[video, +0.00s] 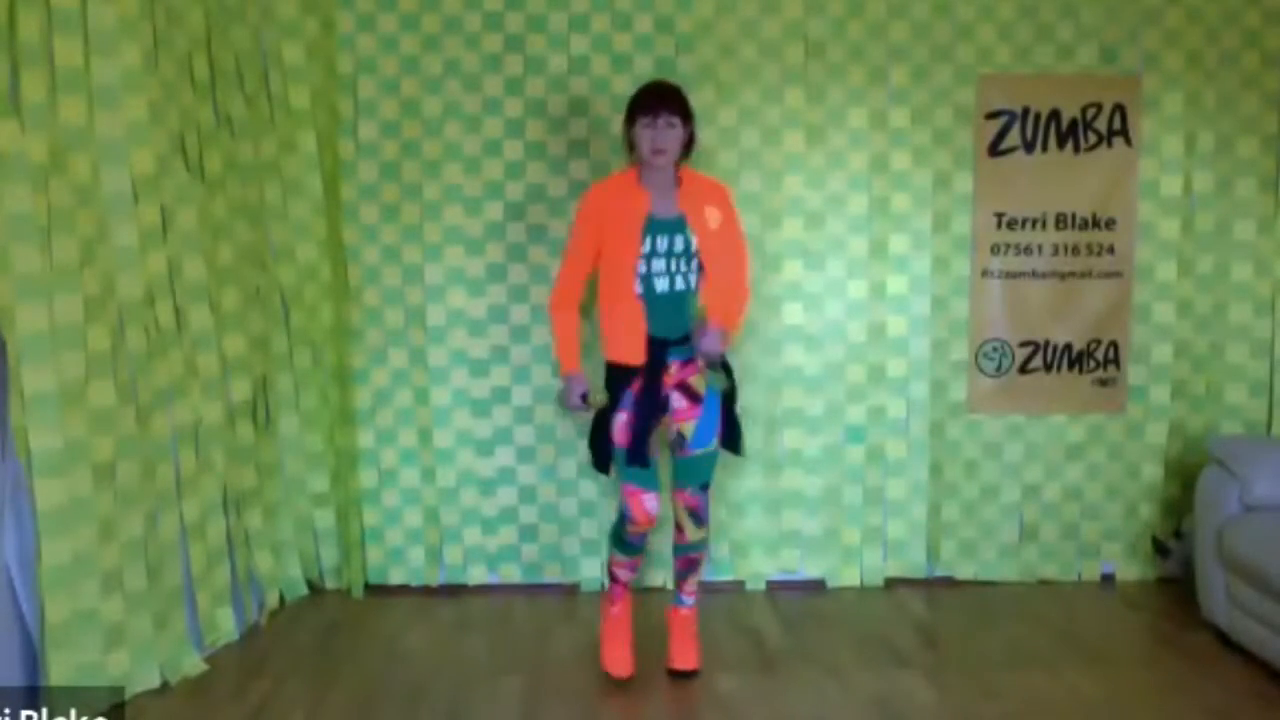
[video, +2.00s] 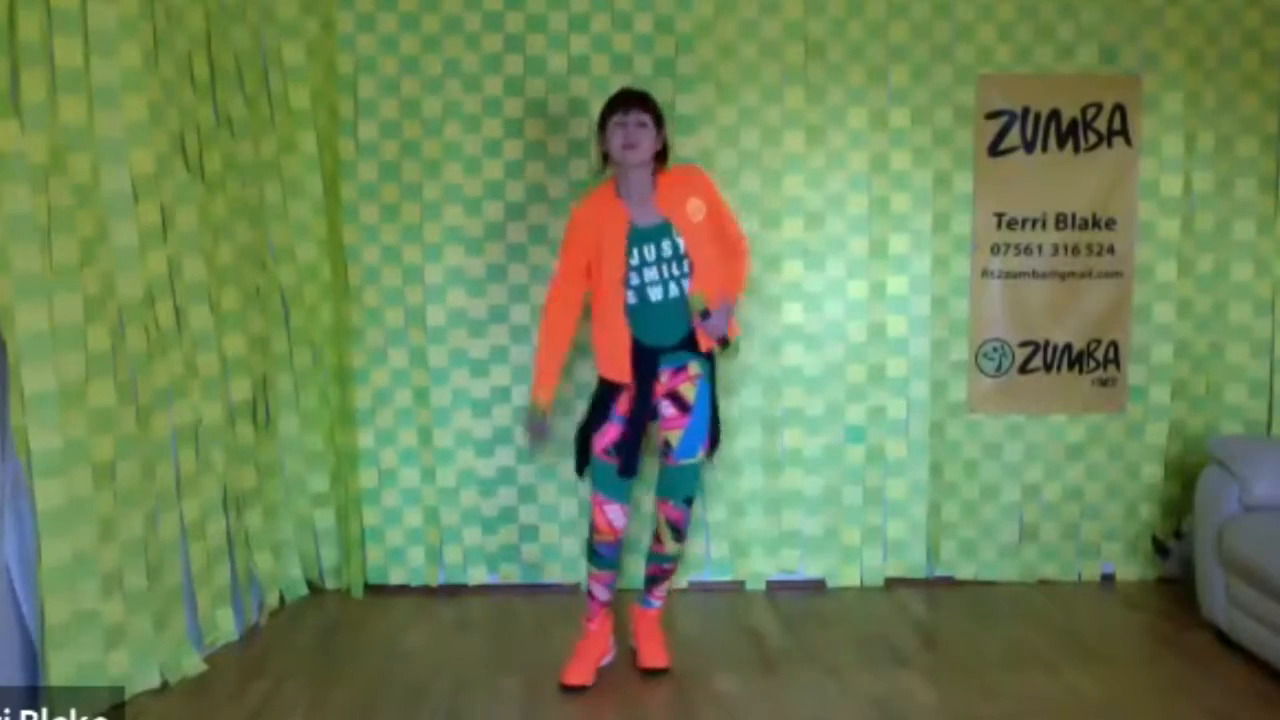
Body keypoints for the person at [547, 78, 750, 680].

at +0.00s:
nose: (659, 135)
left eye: (671, 125)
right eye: (648, 124)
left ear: (687, 136)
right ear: (630, 134)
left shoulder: (710, 197)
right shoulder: (602, 202)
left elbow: (734, 275)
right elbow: (566, 292)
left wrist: (721, 327)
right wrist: (571, 367)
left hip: (698, 365)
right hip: (631, 369)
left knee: (693, 503)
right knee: (639, 509)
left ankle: (685, 616)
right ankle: (617, 609)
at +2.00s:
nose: (630, 135)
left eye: (641, 126)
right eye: (619, 127)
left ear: (660, 138)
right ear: (604, 142)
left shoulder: (692, 186)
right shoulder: (591, 213)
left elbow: (733, 249)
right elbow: (563, 303)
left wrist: (725, 305)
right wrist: (542, 394)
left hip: (689, 364)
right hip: (622, 370)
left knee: (677, 500)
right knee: (607, 501)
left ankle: (649, 615)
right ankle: (597, 625)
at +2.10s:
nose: (622, 155)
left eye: (631, 146)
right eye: (611, 148)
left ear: (651, 158)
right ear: (594, 166)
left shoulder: (688, 210)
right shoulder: (589, 243)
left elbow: (714, 279)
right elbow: (569, 335)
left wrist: (730, 344)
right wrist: (552, 427)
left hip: (698, 374)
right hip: (630, 384)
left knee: (731, 512)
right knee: (609, 519)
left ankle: (689, 604)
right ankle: (598, 632)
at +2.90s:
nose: (793, 217)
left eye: (805, 207)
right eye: (785, 204)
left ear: (820, 220)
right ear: (767, 210)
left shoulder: (829, 286)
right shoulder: (729, 262)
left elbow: (887, 354)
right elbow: (662, 307)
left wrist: (945, 422)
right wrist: (651, 376)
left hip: (782, 428)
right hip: (711, 424)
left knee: (877, 523)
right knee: (632, 528)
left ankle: (882, 632)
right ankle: (590, 629)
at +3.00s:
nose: (741, 202)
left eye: (754, 192)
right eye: (734, 190)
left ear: (771, 201)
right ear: (721, 194)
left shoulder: (786, 260)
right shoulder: (687, 250)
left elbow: (840, 331)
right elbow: (630, 311)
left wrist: (889, 402)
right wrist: (616, 380)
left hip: (754, 409)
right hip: (685, 409)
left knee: (838, 510)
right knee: (626, 512)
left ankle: (880, 629)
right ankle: (589, 632)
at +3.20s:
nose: (647, 143)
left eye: (660, 133)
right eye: (638, 131)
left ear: (679, 144)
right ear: (622, 140)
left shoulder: (705, 201)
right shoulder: (599, 213)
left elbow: (734, 281)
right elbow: (574, 301)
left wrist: (762, 356)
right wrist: (557, 388)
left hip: (701, 360)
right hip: (633, 365)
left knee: (741, 490)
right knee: (611, 504)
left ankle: (771, 622)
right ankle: (588, 627)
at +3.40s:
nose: (624, 136)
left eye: (636, 125)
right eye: (613, 124)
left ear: (654, 134)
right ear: (597, 132)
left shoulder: (679, 195)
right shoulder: (570, 198)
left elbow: (699, 285)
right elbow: (548, 288)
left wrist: (710, 372)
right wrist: (540, 375)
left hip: (676, 362)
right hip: (606, 366)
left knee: (673, 505)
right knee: (601, 505)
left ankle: (667, 630)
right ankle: (586, 629)